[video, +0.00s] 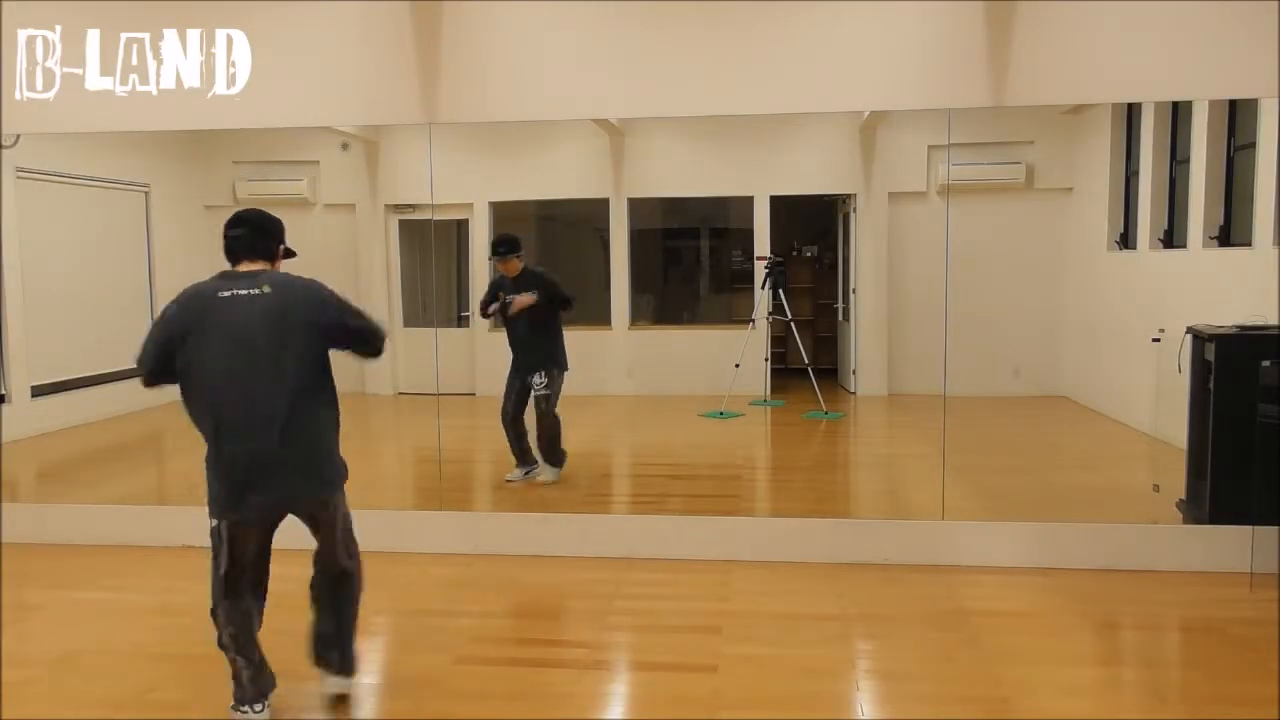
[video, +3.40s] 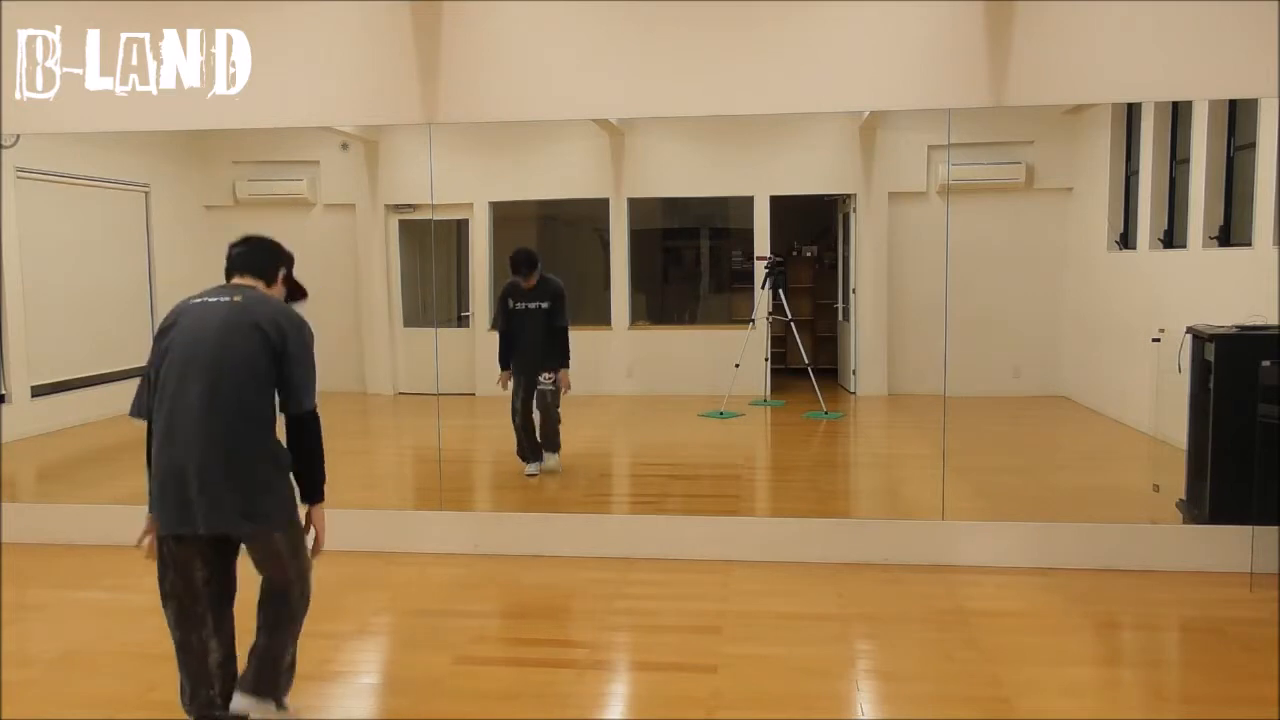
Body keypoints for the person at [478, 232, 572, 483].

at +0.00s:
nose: (498, 266)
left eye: (501, 261)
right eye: (496, 261)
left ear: (515, 258)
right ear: (498, 261)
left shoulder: (540, 279)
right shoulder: (500, 283)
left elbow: (565, 303)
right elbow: (484, 309)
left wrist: (532, 300)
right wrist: (502, 306)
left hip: (549, 359)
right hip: (521, 360)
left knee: (545, 412)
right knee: (510, 415)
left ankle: (553, 462)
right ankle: (526, 463)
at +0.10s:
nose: (497, 264)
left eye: (501, 259)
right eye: (495, 259)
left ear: (515, 256)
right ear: (499, 259)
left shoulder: (529, 282)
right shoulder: (513, 283)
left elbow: (532, 323)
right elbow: (514, 323)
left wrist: (495, 335)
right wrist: (508, 305)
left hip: (546, 360)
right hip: (527, 360)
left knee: (551, 411)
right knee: (512, 413)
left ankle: (593, 452)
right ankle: (527, 463)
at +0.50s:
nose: (507, 252)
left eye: (512, 246)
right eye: (505, 247)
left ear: (525, 246)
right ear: (503, 249)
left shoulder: (541, 273)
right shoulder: (503, 277)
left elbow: (544, 302)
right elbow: (493, 306)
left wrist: (509, 296)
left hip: (546, 350)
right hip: (518, 351)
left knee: (551, 407)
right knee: (514, 409)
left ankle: (556, 455)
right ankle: (524, 463)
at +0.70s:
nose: (530, 243)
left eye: (534, 238)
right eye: (525, 238)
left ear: (541, 239)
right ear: (516, 241)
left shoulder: (553, 268)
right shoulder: (507, 273)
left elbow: (570, 297)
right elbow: (502, 302)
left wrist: (547, 293)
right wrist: (508, 318)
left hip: (549, 347)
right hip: (521, 348)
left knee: (546, 407)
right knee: (524, 405)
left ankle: (533, 457)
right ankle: (508, 453)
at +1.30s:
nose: (536, 242)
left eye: (541, 237)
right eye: (531, 237)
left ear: (548, 239)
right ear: (523, 239)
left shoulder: (556, 272)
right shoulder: (512, 273)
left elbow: (569, 304)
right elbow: (494, 312)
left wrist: (561, 314)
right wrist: (483, 347)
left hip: (547, 348)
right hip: (521, 349)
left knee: (546, 407)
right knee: (532, 407)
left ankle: (533, 457)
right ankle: (517, 450)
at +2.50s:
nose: (540, 248)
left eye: (544, 243)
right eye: (536, 243)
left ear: (555, 245)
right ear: (531, 245)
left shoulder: (568, 275)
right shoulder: (521, 276)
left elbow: (575, 317)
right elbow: (516, 318)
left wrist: (572, 353)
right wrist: (518, 352)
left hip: (559, 354)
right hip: (529, 353)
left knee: (559, 410)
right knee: (522, 407)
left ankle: (552, 457)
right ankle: (524, 459)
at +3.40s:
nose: (526, 284)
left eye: (529, 279)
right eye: (521, 280)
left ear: (537, 270)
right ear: (514, 274)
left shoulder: (553, 289)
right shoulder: (509, 291)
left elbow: (561, 330)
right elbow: (504, 332)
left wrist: (564, 367)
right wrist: (505, 367)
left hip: (549, 359)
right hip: (521, 360)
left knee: (547, 405)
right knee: (520, 410)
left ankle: (551, 449)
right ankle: (531, 457)